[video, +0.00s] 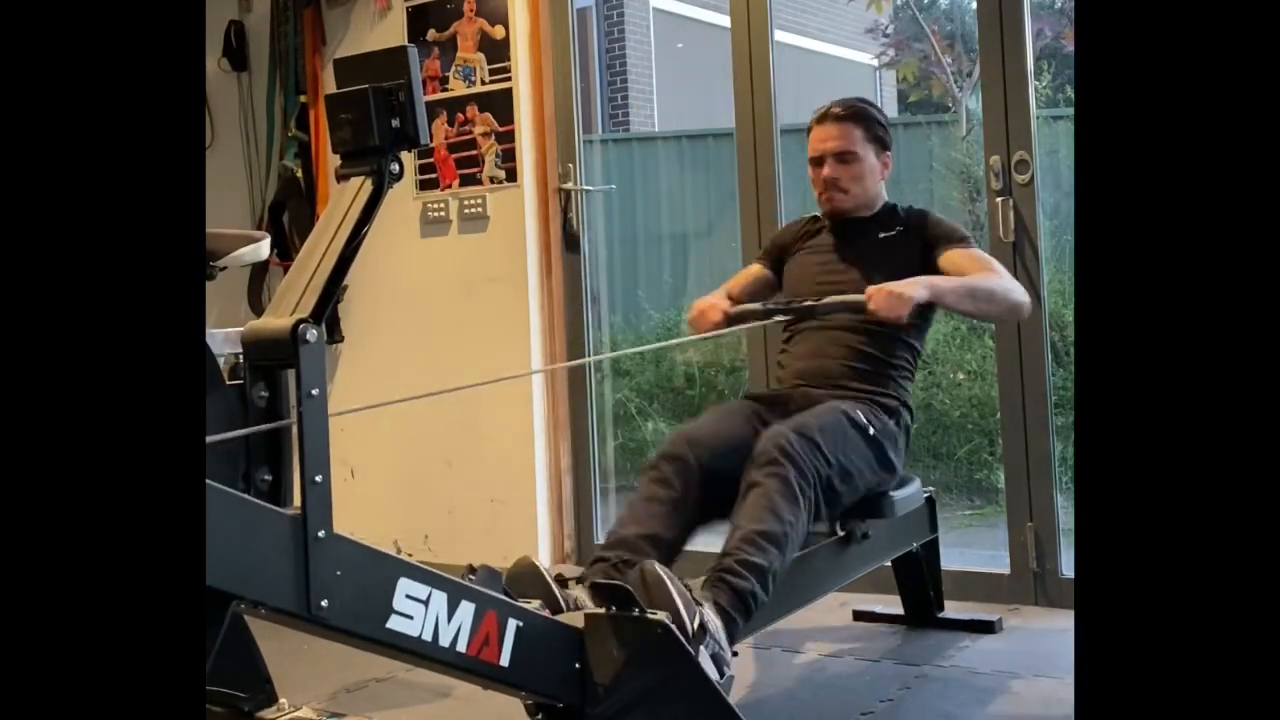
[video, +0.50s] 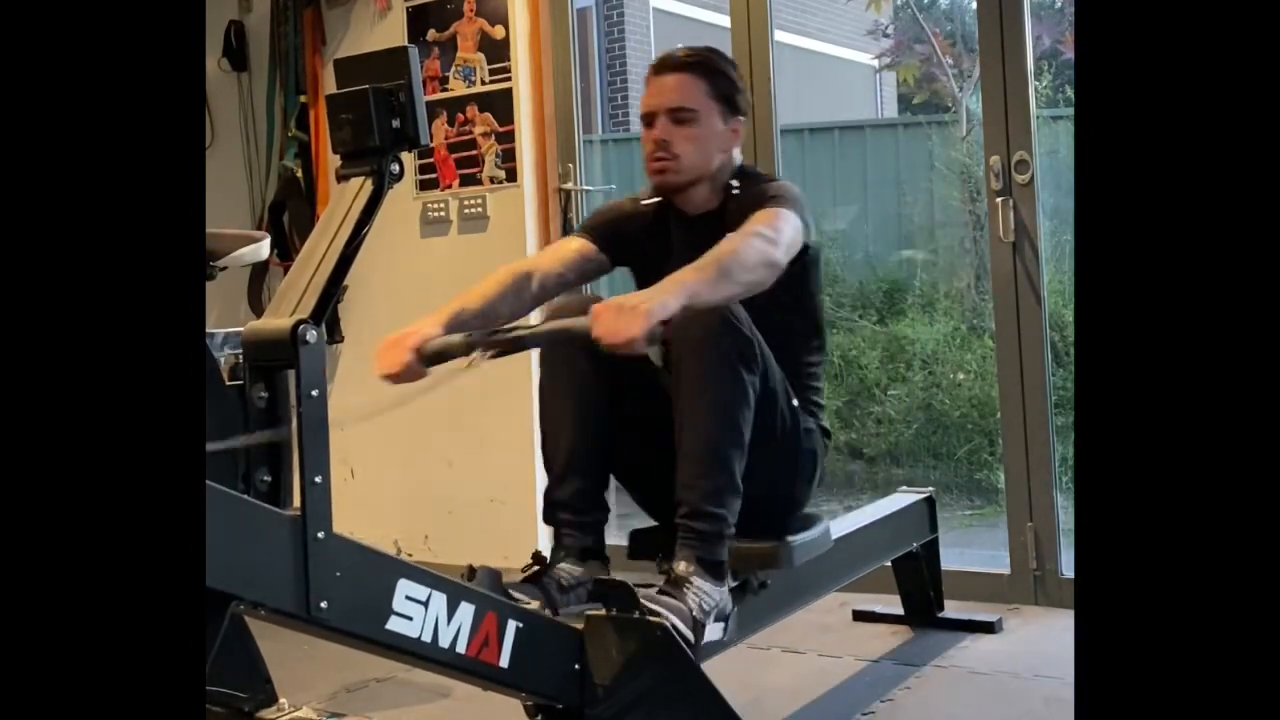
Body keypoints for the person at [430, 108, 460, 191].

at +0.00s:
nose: (446, 117)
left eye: (446, 115)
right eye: (445, 115)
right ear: (441, 115)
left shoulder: (443, 125)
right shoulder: (438, 123)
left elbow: (452, 133)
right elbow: (439, 138)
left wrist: (457, 122)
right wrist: (442, 150)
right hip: (440, 148)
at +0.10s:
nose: (446, 118)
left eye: (446, 115)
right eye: (445, 115)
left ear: (442, 116)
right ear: (441, 115)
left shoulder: (443, 125)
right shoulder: (438, 123)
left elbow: (453, 132)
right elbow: (439, 138)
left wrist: (457, 122)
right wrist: (442, 150)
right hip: (440, 148)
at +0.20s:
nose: (446, 118)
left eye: (446, 115)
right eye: (445, 115)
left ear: (442, 116)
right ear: (441, 115)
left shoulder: (443, 124)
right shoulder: (438, 123)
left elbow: (453, 132)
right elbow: (439, 138)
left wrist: (457, 122)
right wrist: (442, 150)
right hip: (440, 147)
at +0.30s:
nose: (446, 118)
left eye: (446, 116)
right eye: (445, 116)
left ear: (442, 116)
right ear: (441, 116)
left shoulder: (443, 125)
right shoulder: (438, 123)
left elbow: (453, 132)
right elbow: (439, 138)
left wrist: (457, 122)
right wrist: (442, 150)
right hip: (440, 147)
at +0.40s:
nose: (446, 118)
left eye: (446, 116)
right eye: (445, 116)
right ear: (441, 116)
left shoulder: (443, 125)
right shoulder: (437, 123)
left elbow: (453, 133)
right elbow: (439, 138)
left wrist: (457, 122)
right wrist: (442, 150)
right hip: (440, 148)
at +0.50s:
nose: (446, 118)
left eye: (446, 116)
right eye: (445, 116)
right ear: (441, 116)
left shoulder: (443, 125)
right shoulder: (437, 124)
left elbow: (453, 132)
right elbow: (439, 138)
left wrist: (457, 122)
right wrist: (442, 150)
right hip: (440, 148)